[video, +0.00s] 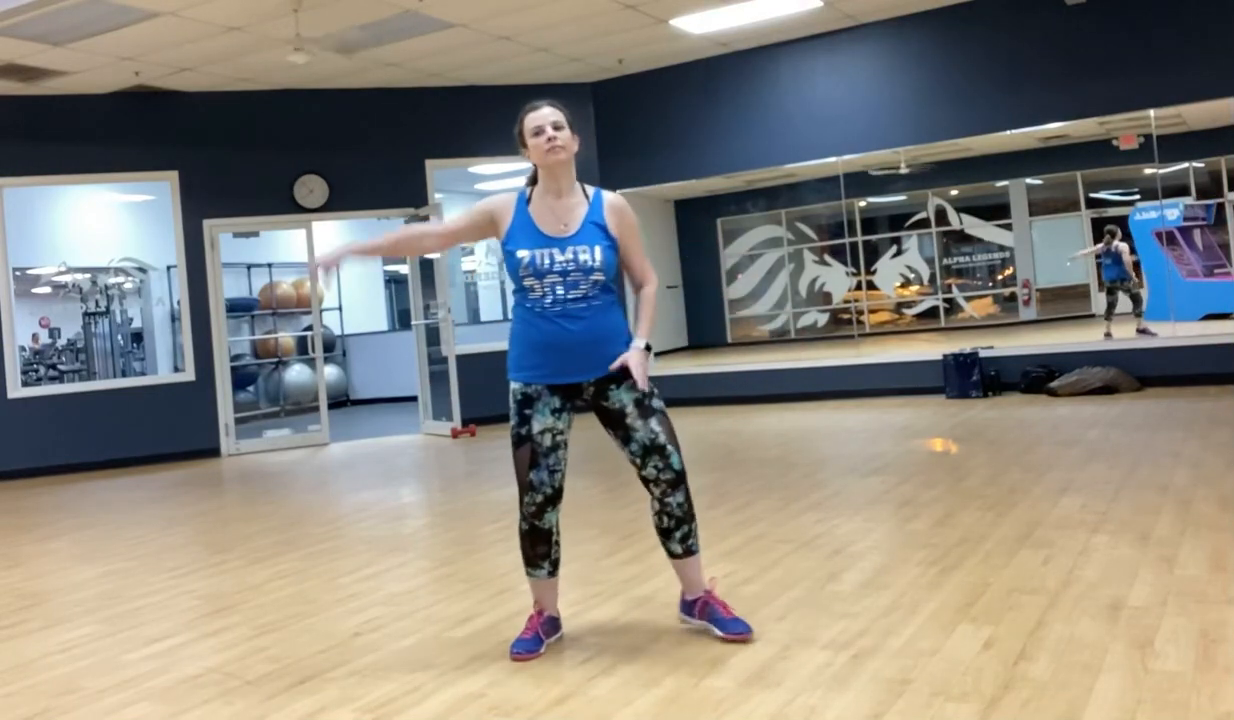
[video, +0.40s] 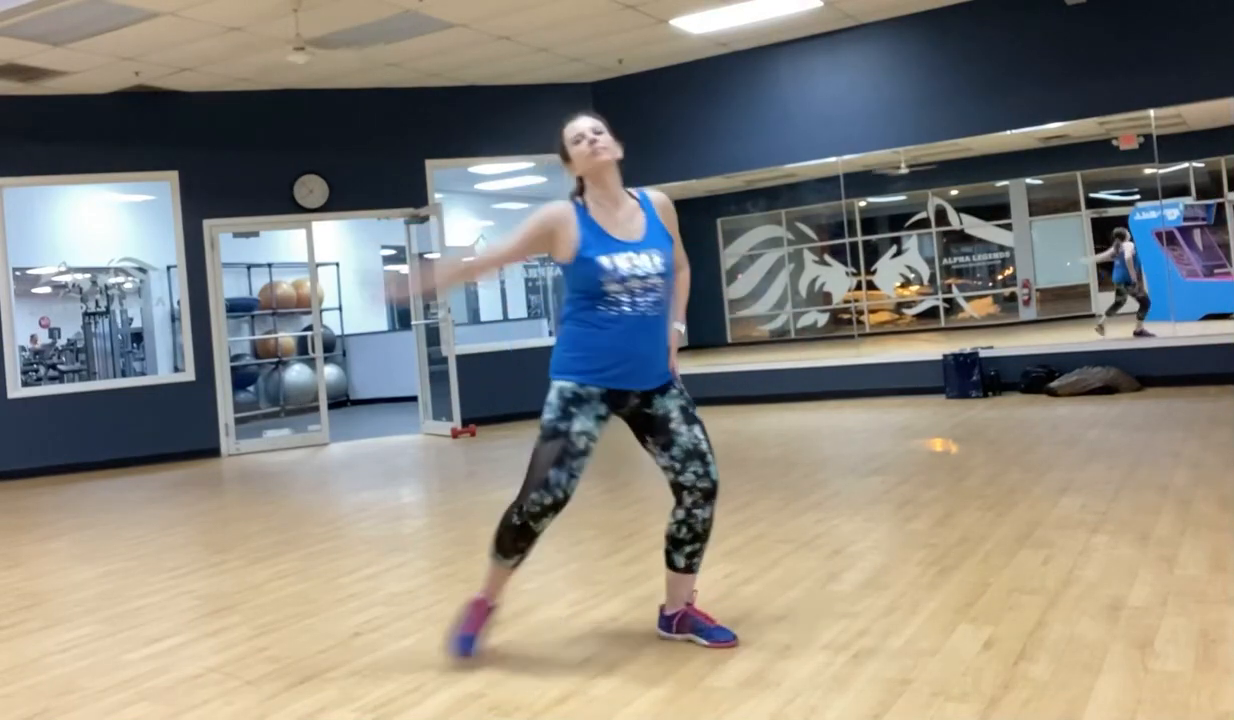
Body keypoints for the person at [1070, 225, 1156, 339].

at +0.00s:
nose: (1121, 234)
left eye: (1119, 232)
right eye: (1119, 232)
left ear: (1107, 235)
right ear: (1117, 234)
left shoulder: (1103, 246)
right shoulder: (1122, 246)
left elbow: (1090, 251)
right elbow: (1127, 262)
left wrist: (1076, 256)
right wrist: (1133, 276)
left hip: (1109, 280)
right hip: (1123, 279)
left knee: (1111, 304)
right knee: (1137, 299)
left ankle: (1107, 330)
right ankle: (1140, 325)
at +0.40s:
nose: (1129, 234)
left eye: (1128, 232)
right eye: (1127, 233)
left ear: (1117, 237)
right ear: (1124, 236)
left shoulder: (1116, 247)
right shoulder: (1129, 245)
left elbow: (1103, 256)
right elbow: (1128, 259)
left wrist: (1090, 260)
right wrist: (1133, 276)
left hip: (1118, 280)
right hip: (1128, 280)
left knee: (1119, 302)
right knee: (1145, 302)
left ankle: (1101, 322)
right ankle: (1139, 328)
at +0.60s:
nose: (1131, 236)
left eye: (1129, 235)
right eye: (1129, 235)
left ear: (1120, 240)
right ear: (1126, 238)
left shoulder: (1121, 249)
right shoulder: (1127, 248)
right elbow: (1120, 261)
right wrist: (1128, 276)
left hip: (1121, 284)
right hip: (1129, 283)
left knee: (1118, 303)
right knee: (1149, 303)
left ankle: (1098, 323)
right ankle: (1139, 328)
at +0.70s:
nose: (1130, 237)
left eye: (1129, 235)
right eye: (1128, 236)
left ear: (1119, 241)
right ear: (1126, 239)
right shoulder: (1126, 249)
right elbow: (1120, 262)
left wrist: (1163, 257)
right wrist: (1128, 277)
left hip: (1122, 284)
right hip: (1129, 284)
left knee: (1117, 304)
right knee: (1149, 304)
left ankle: (1097, 323)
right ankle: (1139, 328)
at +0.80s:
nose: (1130, 237)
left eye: (1128, 236)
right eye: (1127, 236)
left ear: (1120, 241)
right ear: (1125, 239)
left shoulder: (1129, 250)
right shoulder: (1125, 249)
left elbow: (1146, 249)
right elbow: (1119, 262)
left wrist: (1164, 247)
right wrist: (1128, 278)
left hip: (1124, 284)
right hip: (1129, 284)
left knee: (1117, 304)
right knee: (1150, 304)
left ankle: (1097, 323)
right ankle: (1139, 328)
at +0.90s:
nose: (1129, 237)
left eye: (1128, 235)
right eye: (1127, 235)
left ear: (1120, 241)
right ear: (1124, 239)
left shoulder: (1130, 248)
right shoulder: (1125, 249)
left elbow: (1143, 240)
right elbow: (1118, 262)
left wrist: (1155, 234)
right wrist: (1128, 277)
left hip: (1124, 284)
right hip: (1130, 284)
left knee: (1119, 303)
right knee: (1150, 304)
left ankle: (1098, 322)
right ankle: (1139, 328)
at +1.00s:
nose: (1129, 238)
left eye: (1128, 236)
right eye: (1127, 237)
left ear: (1119, 242)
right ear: (1125, 239)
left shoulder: (1127, 248)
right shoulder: (1125, 249)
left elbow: (1134, 235)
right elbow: (1118, 262)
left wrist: (1141, 224)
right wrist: (1127, 277)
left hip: (1127, 285)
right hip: (1131, 285)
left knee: (1120, 304)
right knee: (1151, 304)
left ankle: (1099, 321)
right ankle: (1140, 328)